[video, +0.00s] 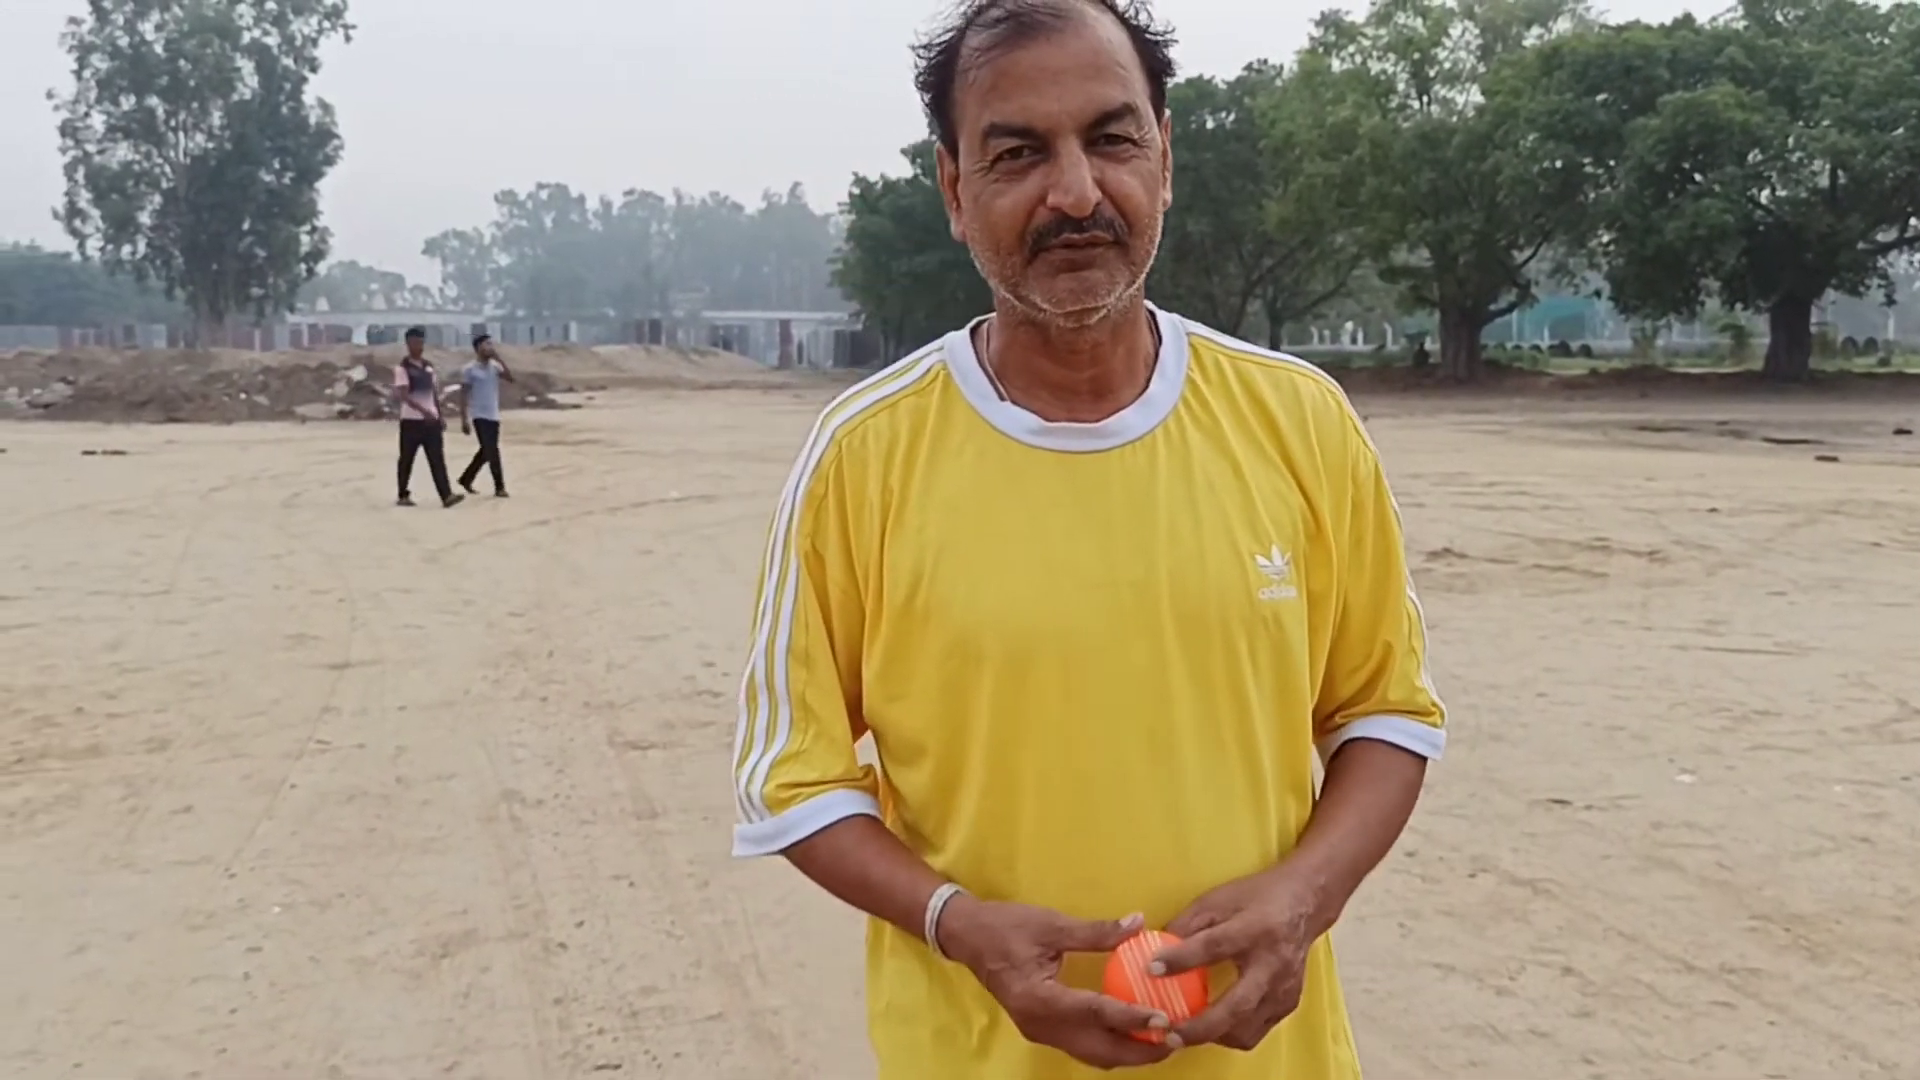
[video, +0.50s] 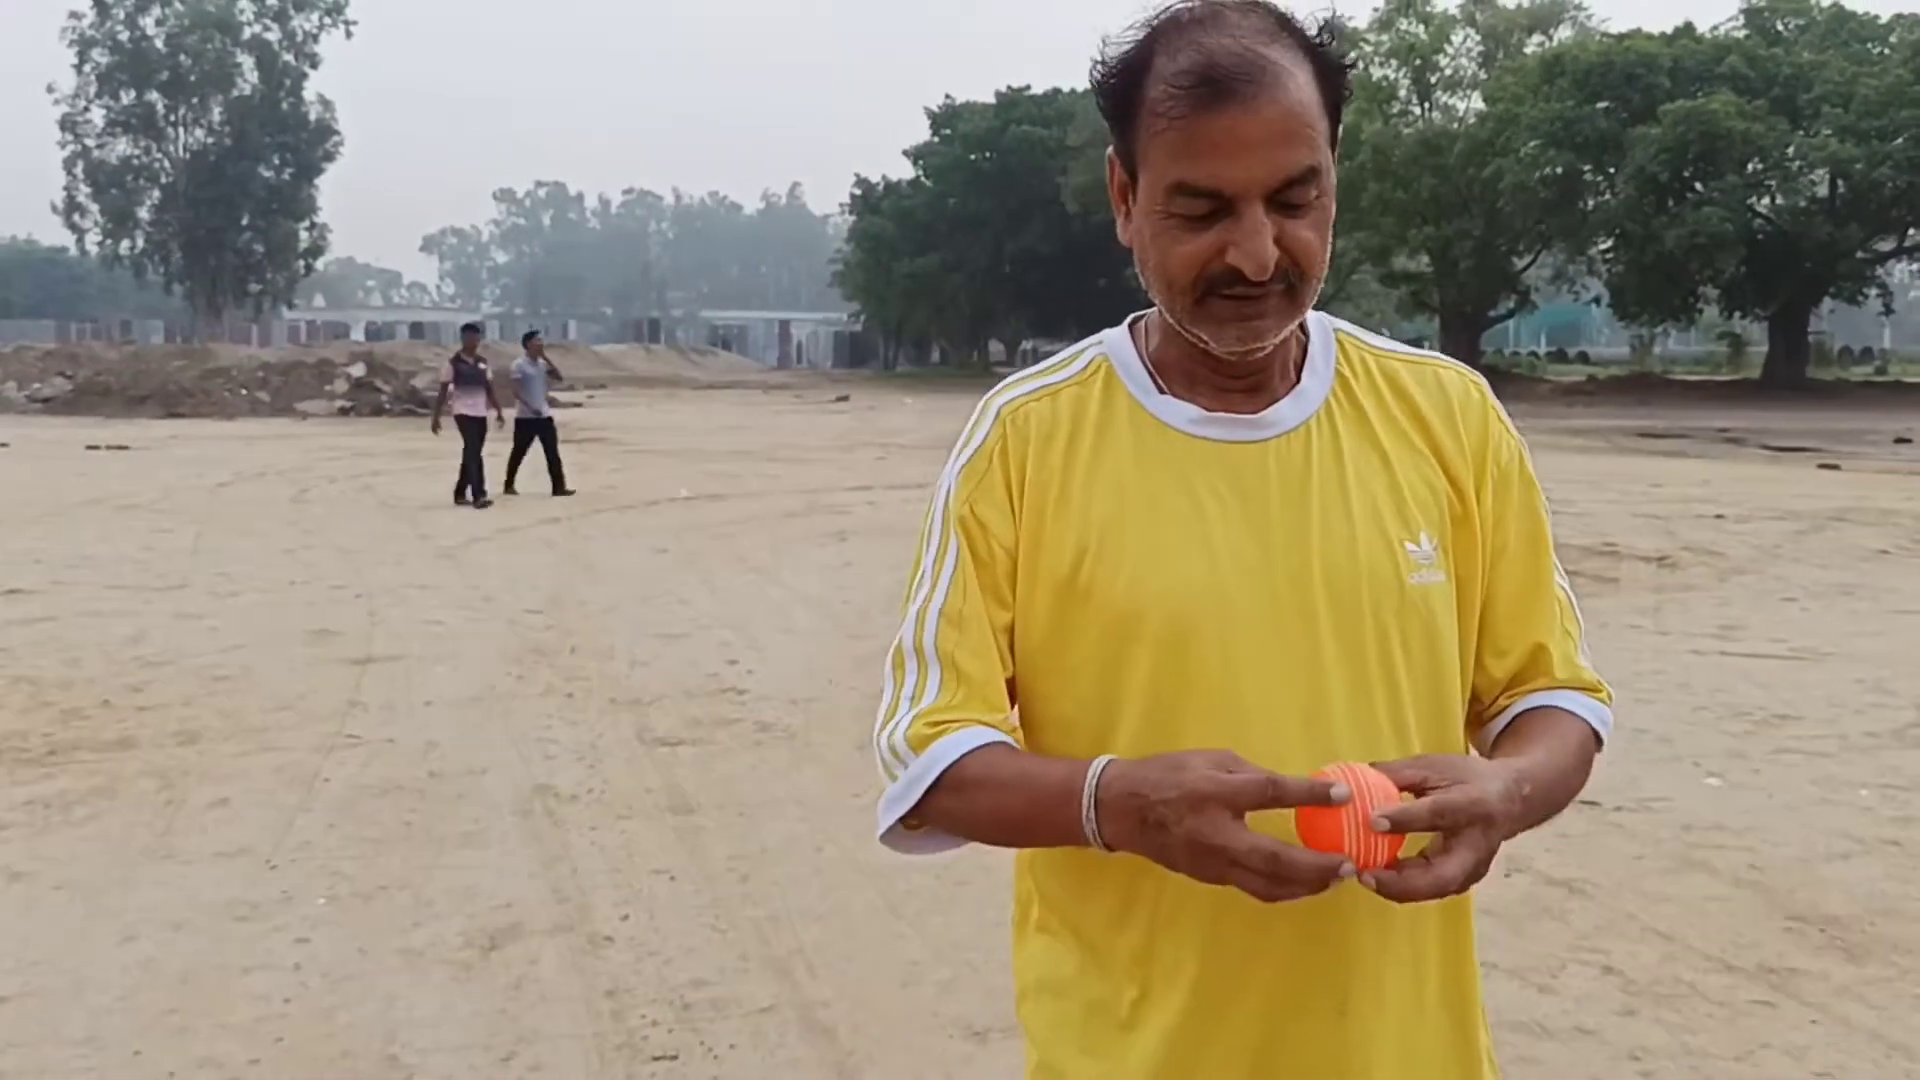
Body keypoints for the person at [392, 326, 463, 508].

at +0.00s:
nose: (418, 347)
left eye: (421, 343)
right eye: (414, 343)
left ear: (424, 344)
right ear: (407, 344)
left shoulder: (429, 368)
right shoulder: (403, 368)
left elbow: (435, 395)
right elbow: (403, 395)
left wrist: (440, 416)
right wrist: (425, 412)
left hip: (431, 419)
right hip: (411, 419)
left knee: (437, 460)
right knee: (406, 460)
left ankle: (447, 494)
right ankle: (403, 494)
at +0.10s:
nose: (430, 348)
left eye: (433, 344)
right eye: (427, 344)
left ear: (436, 345)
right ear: (420, 345)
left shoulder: (441, 368)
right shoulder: (415, 369)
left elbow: (445, 393)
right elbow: (415, 397)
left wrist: (450, 413)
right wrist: (435, 414)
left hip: (444, 420)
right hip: (425, 420)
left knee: (449, 460)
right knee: (417, 459)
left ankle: (452, 496)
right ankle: (407, 493)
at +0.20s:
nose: (443, 347)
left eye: (446, 343)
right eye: (440, 343)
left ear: (449, 345)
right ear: (433, 344)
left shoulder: (452, 367)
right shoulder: (427, 368)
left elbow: (457, 393)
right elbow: (425, 395)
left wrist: (463, 415)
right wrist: (436, 417)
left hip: (458, 418)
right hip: (439, 419)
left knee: (459, 461)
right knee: (435, 457)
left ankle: (457, 497)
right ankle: (416, 484)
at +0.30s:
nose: (456, 344)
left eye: (459, 340)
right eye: (452, 340)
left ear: (462, 342)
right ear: (445, 341)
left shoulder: (465, 365)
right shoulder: (437, 365)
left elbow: (471, 392)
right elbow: (435, 394)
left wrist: (476, 416)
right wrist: (437, 419)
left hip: (468, 415)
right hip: (449, 415)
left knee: (467, 459)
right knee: (454, 455)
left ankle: (460, 496)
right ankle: (435, 483)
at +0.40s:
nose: (466, 343)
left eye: (468, 339)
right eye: (462, 339)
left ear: (472, 340)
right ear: (455, 340)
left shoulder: (476, 362)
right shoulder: (447, 363)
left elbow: (482, 388)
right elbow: (439, 391)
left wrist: (489, 412)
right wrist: (436, 417)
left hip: (476, 412)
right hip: (457, 411)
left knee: (473, 453)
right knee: (468, 450)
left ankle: (464, 492)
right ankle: (457, 490)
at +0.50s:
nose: (474, 343)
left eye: (477, 339)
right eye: (471, 339)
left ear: (480, 340)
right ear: (463, 340)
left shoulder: (483, 363)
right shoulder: (452, 363)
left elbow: (489, 388)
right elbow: (443, 390)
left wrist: (498, 410)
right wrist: (436, 416)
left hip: (481, 412)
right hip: (463, 411)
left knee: (472, 452)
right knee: (473, 452)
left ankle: (460, 490)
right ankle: (478, 494)